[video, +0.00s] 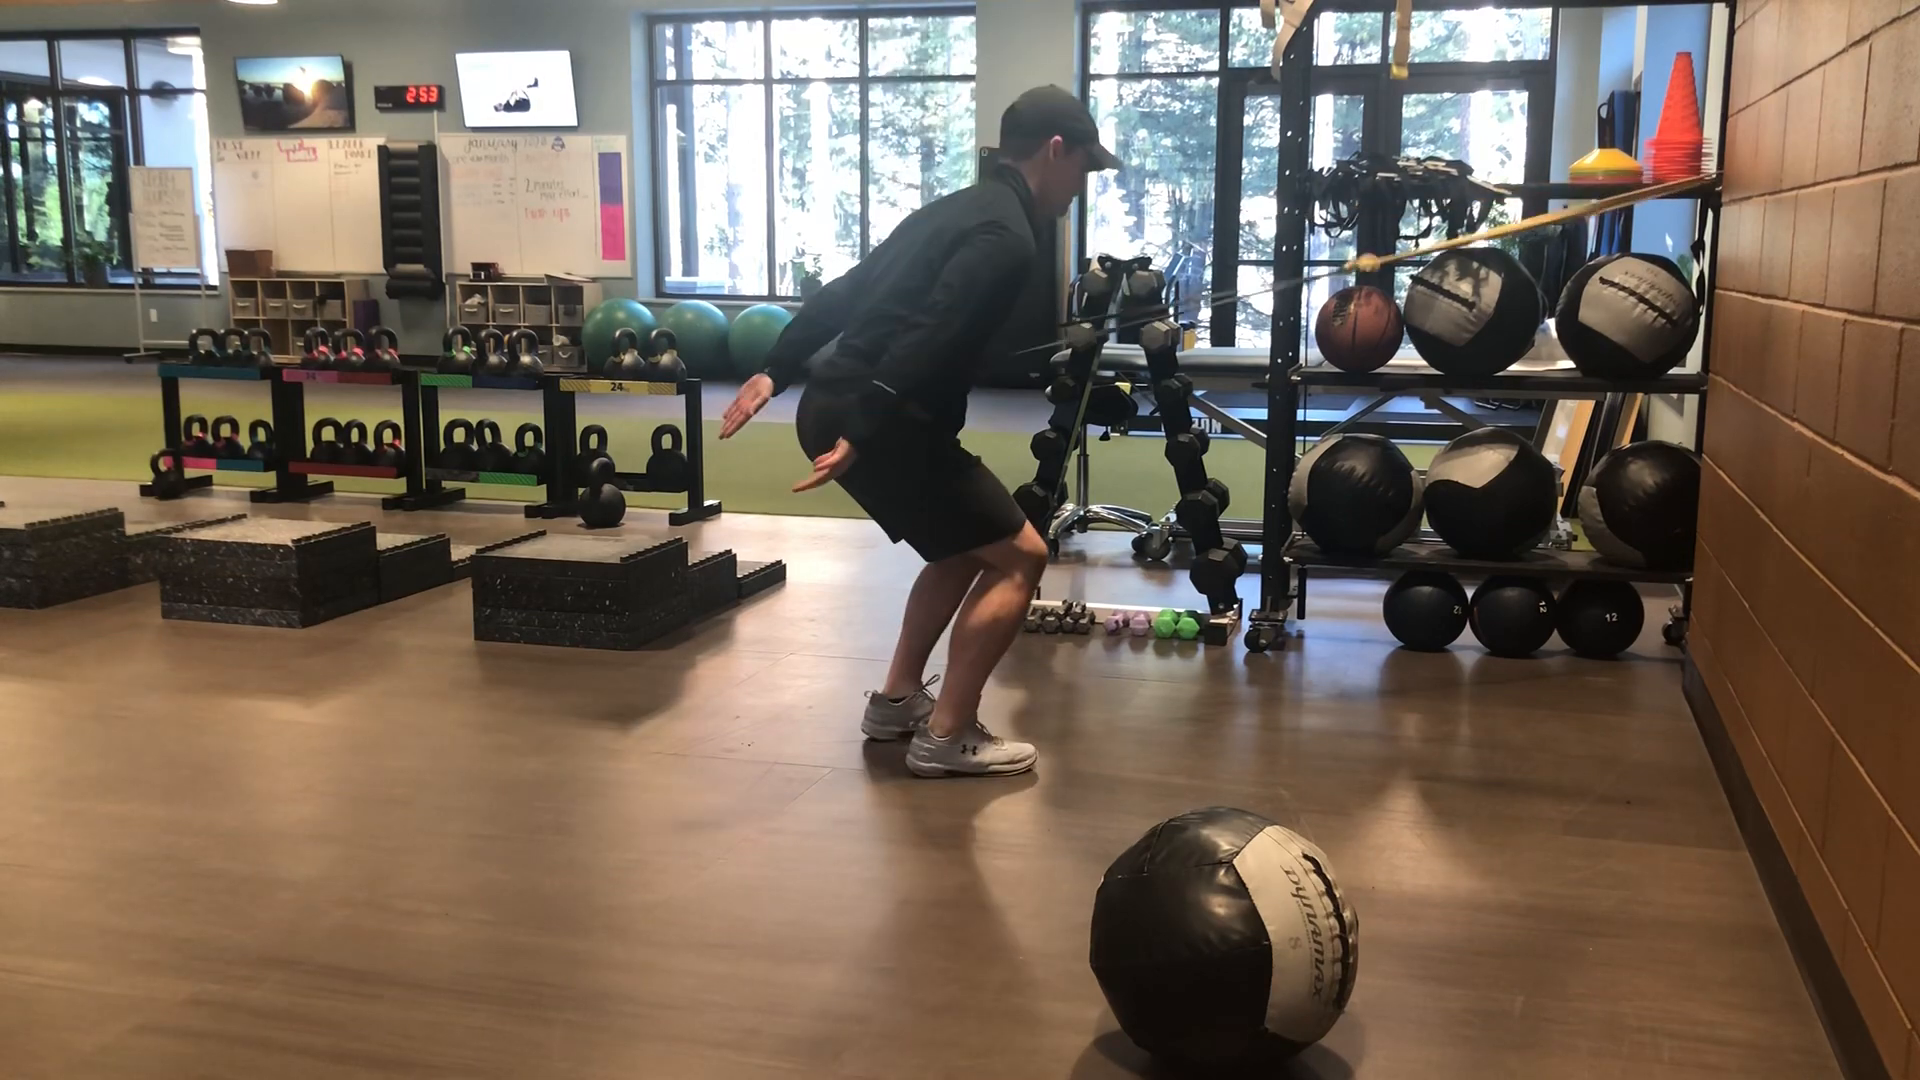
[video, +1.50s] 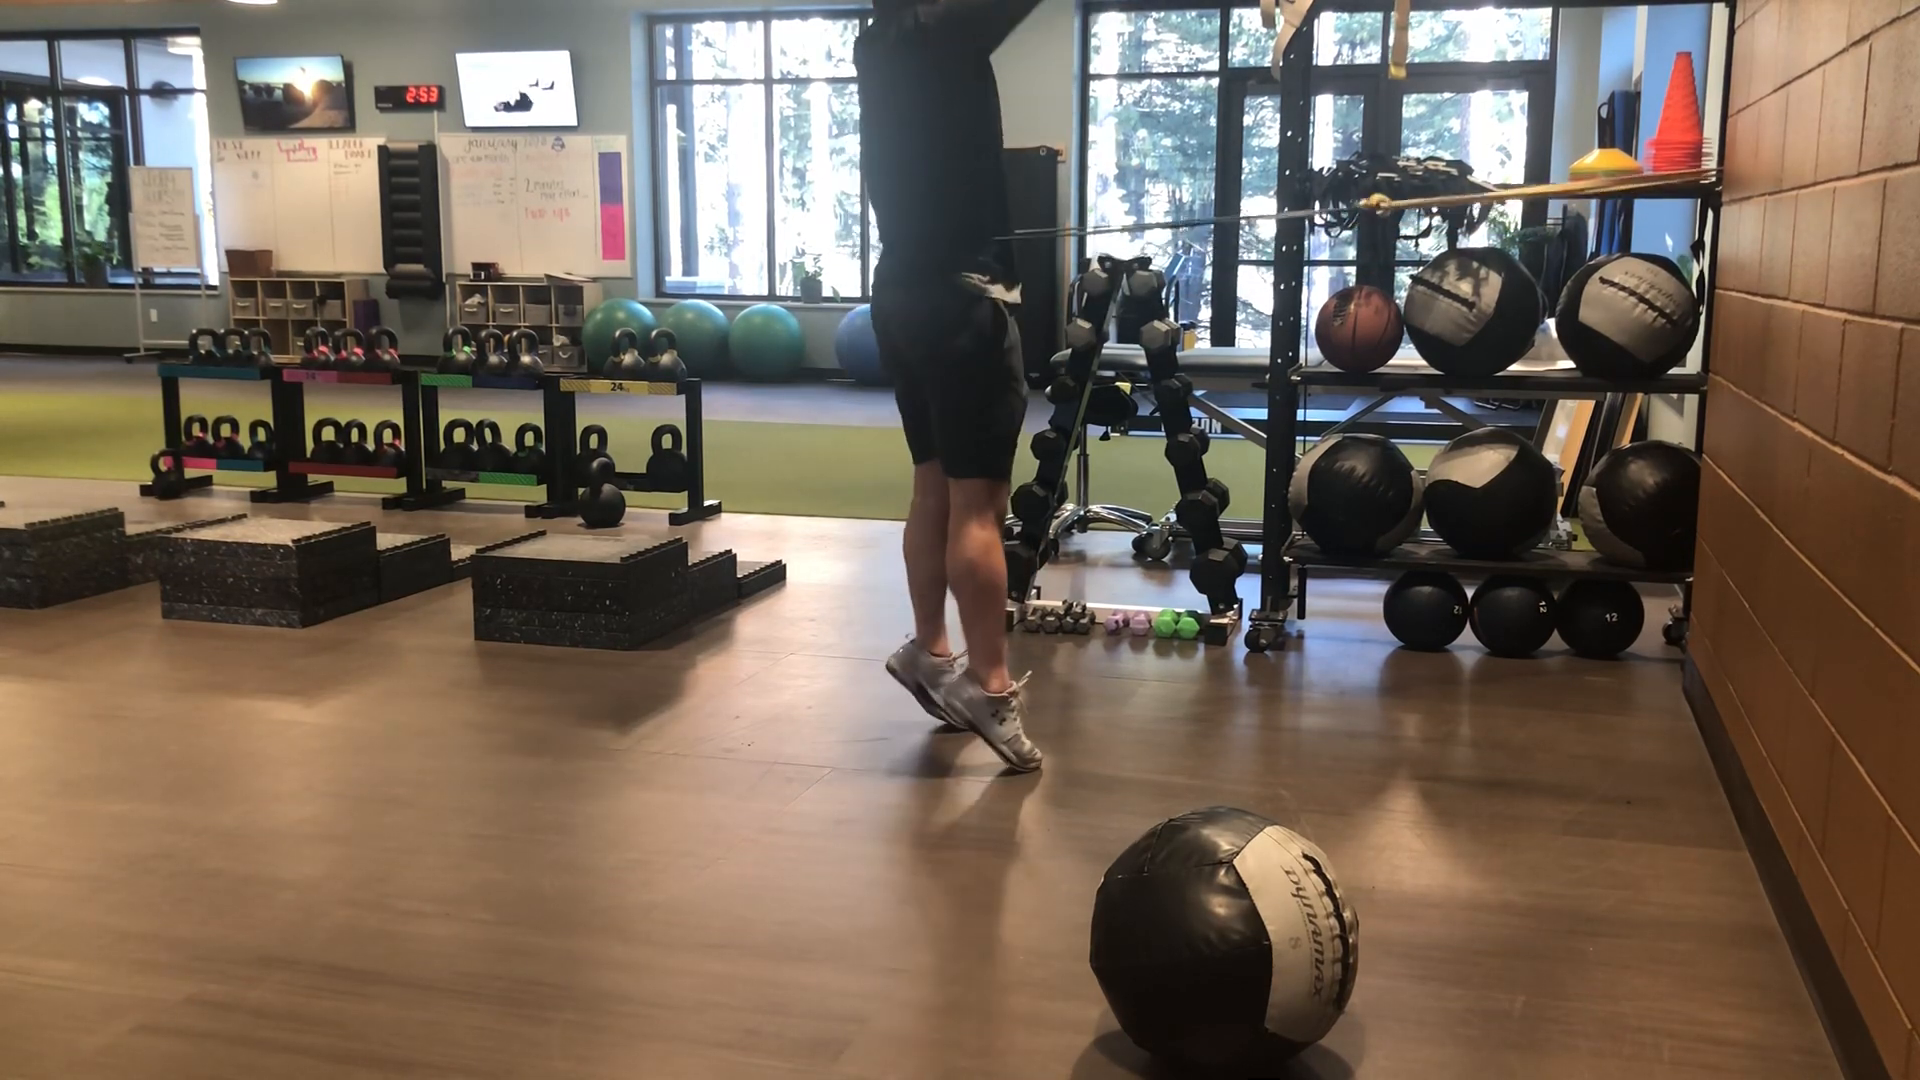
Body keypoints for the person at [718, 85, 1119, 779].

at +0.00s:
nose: (1083, 182)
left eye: (1087, 168)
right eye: (1083, 165)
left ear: (1026, 152)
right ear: (1052, 152)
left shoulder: (952, 210)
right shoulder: (1006, 235)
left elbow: (852, 289)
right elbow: (937, 332)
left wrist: (775, 369)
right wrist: (864, 424)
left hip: (837, 404)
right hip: (883, 418)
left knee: (962, 545)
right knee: (1021, 554)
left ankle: (898, 698)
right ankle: (949, 732)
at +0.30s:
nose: (1067, 128)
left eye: (1070, 111)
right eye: (1064, 109)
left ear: (1008, 102)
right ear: (1033, 98)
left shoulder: (937, 169)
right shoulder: (998, 189)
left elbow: (856, 266)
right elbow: (944, 303)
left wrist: (798, 363)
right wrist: (893, 417)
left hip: (844, 377)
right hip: (894, 390)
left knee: (956, 544)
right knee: (1015, 551)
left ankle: (896, 701)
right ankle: (949, 733)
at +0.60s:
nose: (1004, 16)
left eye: (1001, 6)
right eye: (998, 4)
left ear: (939, 13)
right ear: (966, 7)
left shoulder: (888, 96)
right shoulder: (960, 104)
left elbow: (881, 235)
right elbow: (977, 246)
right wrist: (1051, 343)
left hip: (873, 336)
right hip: (932, 343)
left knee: (921, 529)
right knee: (962, 541)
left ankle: (892, 700)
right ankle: (947, 731)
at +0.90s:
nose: (983, 11)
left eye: (979, 2)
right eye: (977, 2)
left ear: (911, 12)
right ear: (952, 6)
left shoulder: (873, 102)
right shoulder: (956, 105)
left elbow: (933, 221)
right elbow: (1003, 237)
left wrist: (1026, 220)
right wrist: (1107, 232)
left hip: (876, 332)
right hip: (940, 343)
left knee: (903, 531)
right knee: (945, 549)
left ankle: (891, 701)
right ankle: (944, 734)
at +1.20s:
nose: (973, 12)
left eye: (968, 0)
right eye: (966, 0)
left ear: (899, 12)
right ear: (939, 5)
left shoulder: (878, 89)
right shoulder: (946, 90)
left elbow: (997, 96)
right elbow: (1092, 86)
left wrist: (1054, 24)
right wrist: (1103, 10)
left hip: (891, 338)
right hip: (953, 343)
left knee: (911, 526)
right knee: (956, 541)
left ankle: (893, 702)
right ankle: (945, 731)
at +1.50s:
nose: (978, 12)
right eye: (973, 8)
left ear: (893, 2)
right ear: (945, 0)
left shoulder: (874, 49)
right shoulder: (954, 36)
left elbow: (885, 188)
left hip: (900, 293)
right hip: (963, 296)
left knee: (932, 479)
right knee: (979, 504)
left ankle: (928, 647)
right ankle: (989, 686)